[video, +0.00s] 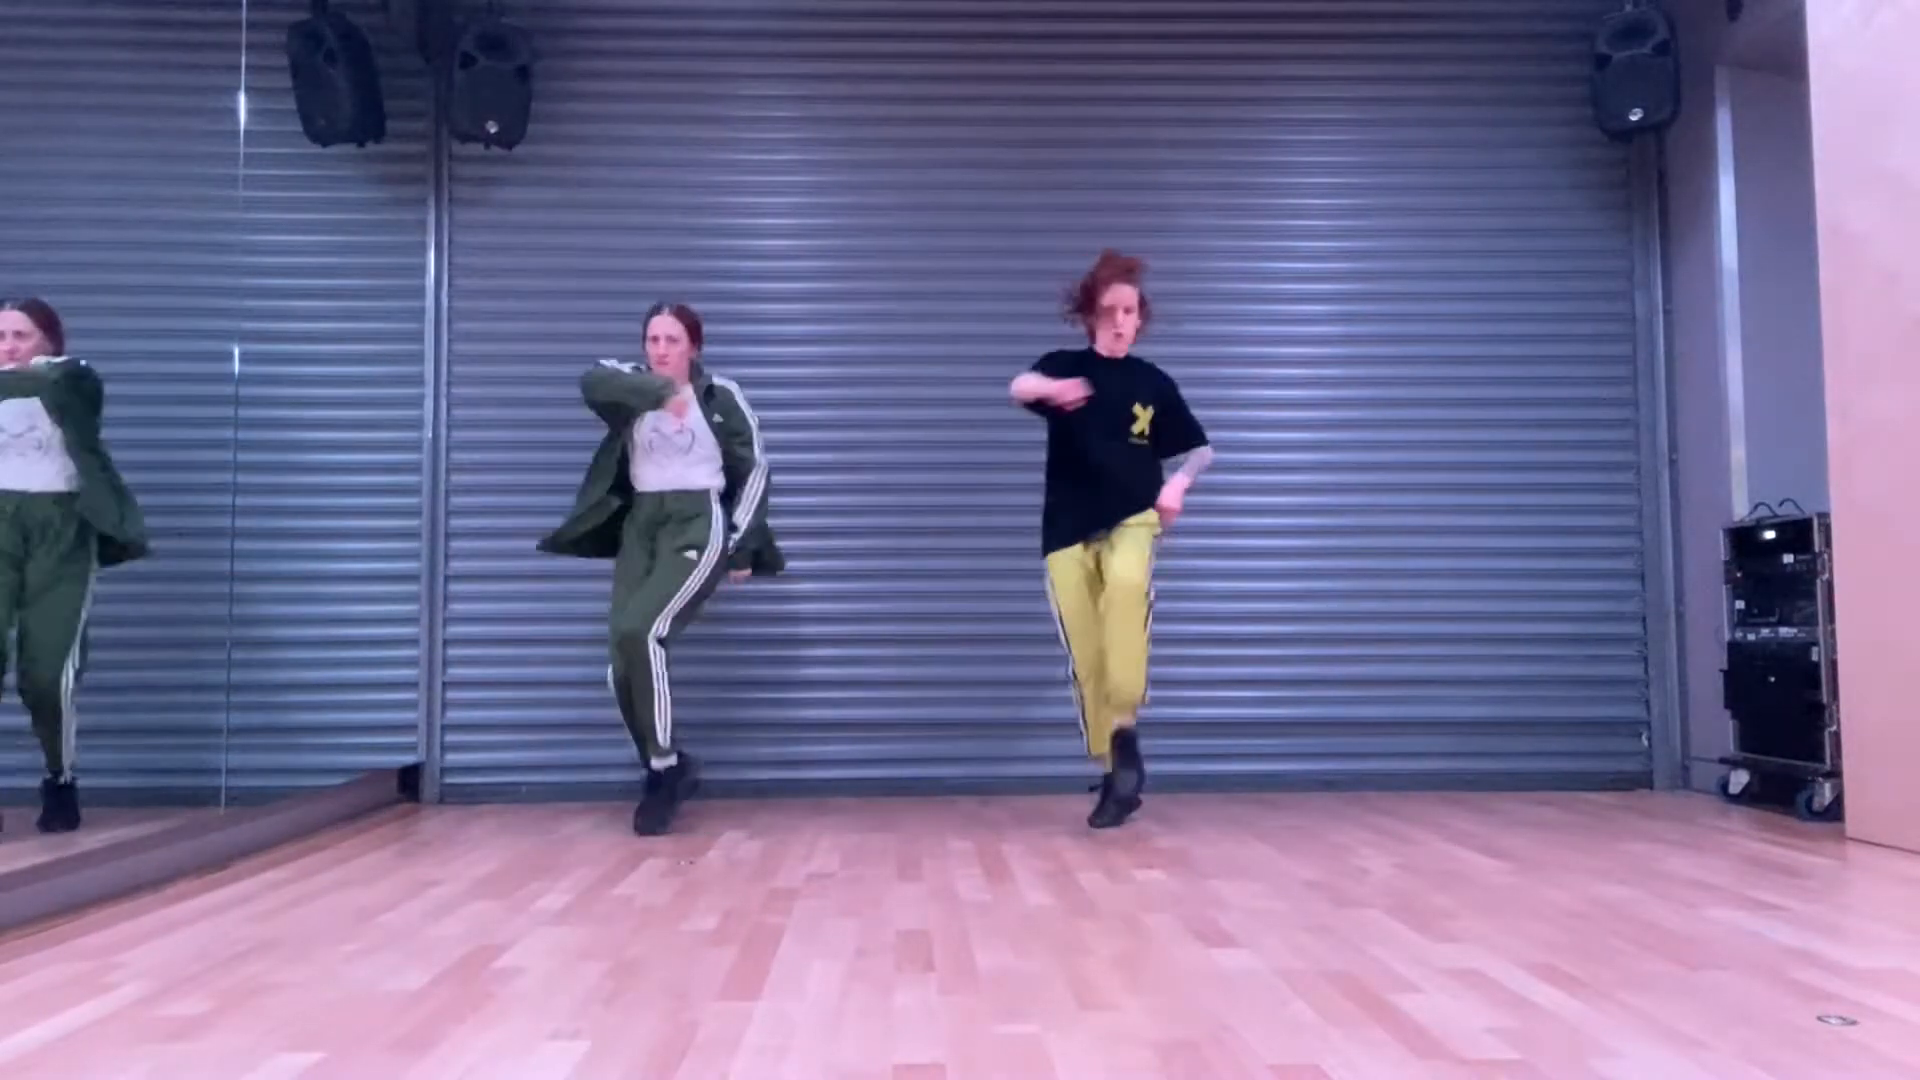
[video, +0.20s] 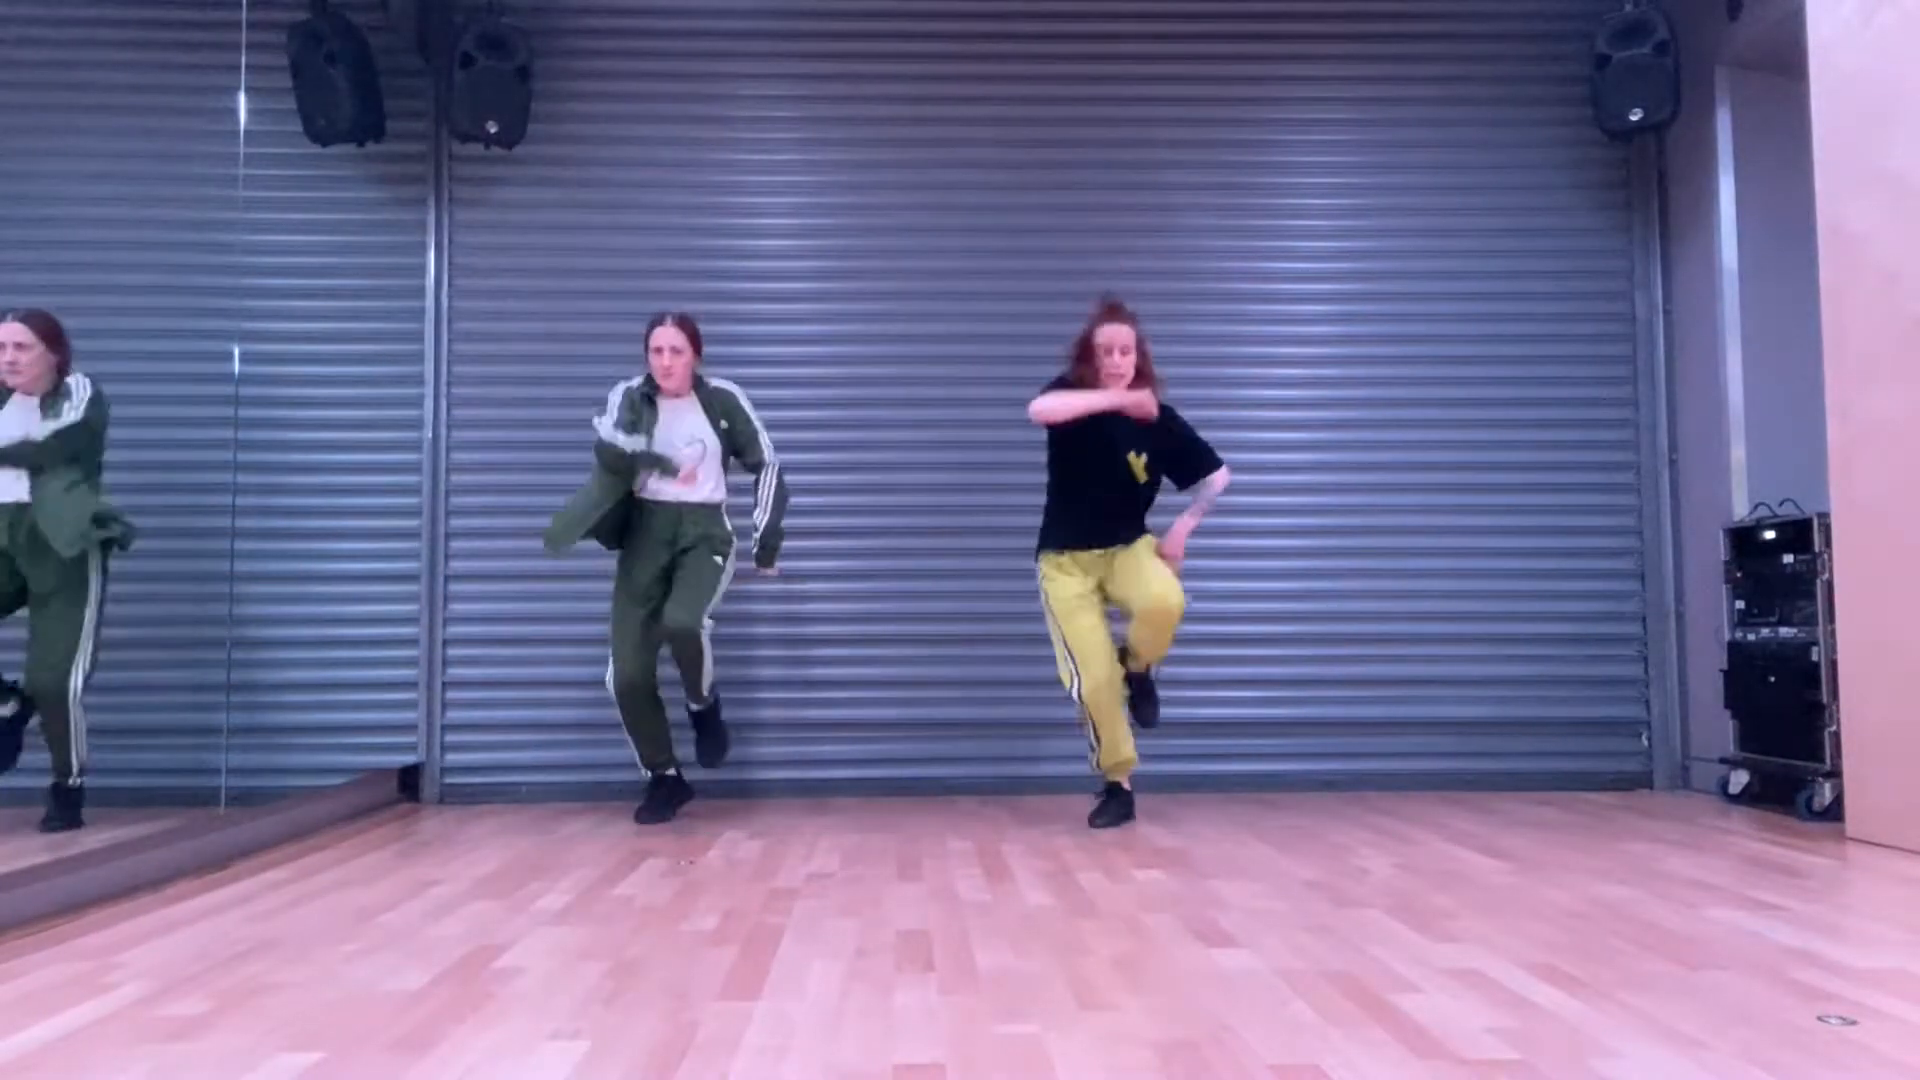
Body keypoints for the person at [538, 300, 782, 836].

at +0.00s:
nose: (660, 348)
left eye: (671, 341)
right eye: (653, 340)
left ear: (693, 348)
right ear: (644, 347)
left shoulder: (719, 397)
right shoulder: (629, 389)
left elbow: (754, 468)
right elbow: (592, 383)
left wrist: (741, 544)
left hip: (698, 522)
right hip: (640, 522)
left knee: (640, 631)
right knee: (623, 654)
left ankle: (663, 770)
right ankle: (665, 770)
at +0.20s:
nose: (665, 360)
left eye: (675, 351)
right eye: (657, 351)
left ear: (695, 357)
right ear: (647, 357)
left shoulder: (723, 400)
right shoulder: (628, 396)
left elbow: (768, 465)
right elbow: (608, 445)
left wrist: (766, 540)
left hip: (705, 534)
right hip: (644, 534)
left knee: (682, 624)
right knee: (628, 674)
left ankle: (703, 708)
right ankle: (664, 777)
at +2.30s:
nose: (686, 304)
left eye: (698, 293)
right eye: (676, 294)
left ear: (722, 305)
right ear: (666, 306)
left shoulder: (748, 373)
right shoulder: (646, 361)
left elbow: (785, 446)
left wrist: (835, 474)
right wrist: (616, 359)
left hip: (712, 528)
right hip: (636, 523)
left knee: (739, 679)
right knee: (563, 669)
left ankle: (744, 821)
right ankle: (477, 819)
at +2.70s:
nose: (668, 298)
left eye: (676, 285)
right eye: (654, 292)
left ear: (702, 291)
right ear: (644, 306)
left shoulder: (734, 370)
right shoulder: (627, 358)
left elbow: (798, 461)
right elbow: (567, 419)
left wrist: (766, 435)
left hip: (706, 537)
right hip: (628, 530)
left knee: (724, 680)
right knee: (554, 679)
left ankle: (748, 820)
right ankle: (475, 822)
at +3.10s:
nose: (538, 288)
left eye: (551, 277)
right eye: (533, 280)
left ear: (588, 286)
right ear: (534, 293)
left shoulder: (592, 326)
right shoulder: (563, 352)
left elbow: (611, 386)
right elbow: (584, 440)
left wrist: (568, 420)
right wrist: (541, 491)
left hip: (595, 515)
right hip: (557, 526)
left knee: (662, 670)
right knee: (478, 672)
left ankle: (776, 808)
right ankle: (481, 829)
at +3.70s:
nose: (462, 239)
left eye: (478, 228)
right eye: (459, 231)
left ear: (519, 246)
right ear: (461, 253)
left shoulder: (552, 305)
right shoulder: (466, 329)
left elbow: (607, 390)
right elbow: (408, 395)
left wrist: (598, 481)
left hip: (554, 471)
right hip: (499, 474)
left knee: (411, 567)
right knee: (480, 651)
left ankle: (520, 680)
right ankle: (505, 815)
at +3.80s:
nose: (469, 268)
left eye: (484, 257)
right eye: (467, 258)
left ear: (524, 273)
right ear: (471, 277)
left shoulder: (547, 323)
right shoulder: (486, 351)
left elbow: (597, 404)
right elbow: (466, 442)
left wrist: (561, 502)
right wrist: (398, 456)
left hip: (544, 496)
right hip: (494, 496)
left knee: (454, 645)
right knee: (447, 650)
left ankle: (545, 777)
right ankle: (500, 811)